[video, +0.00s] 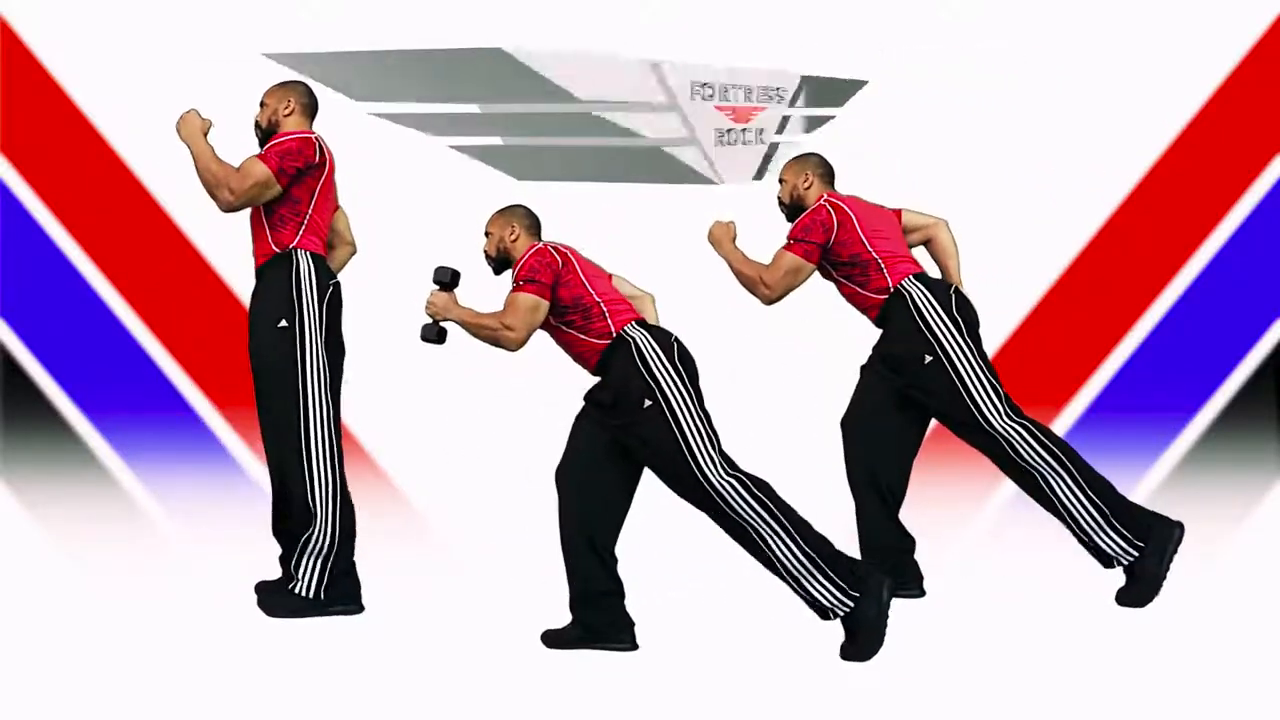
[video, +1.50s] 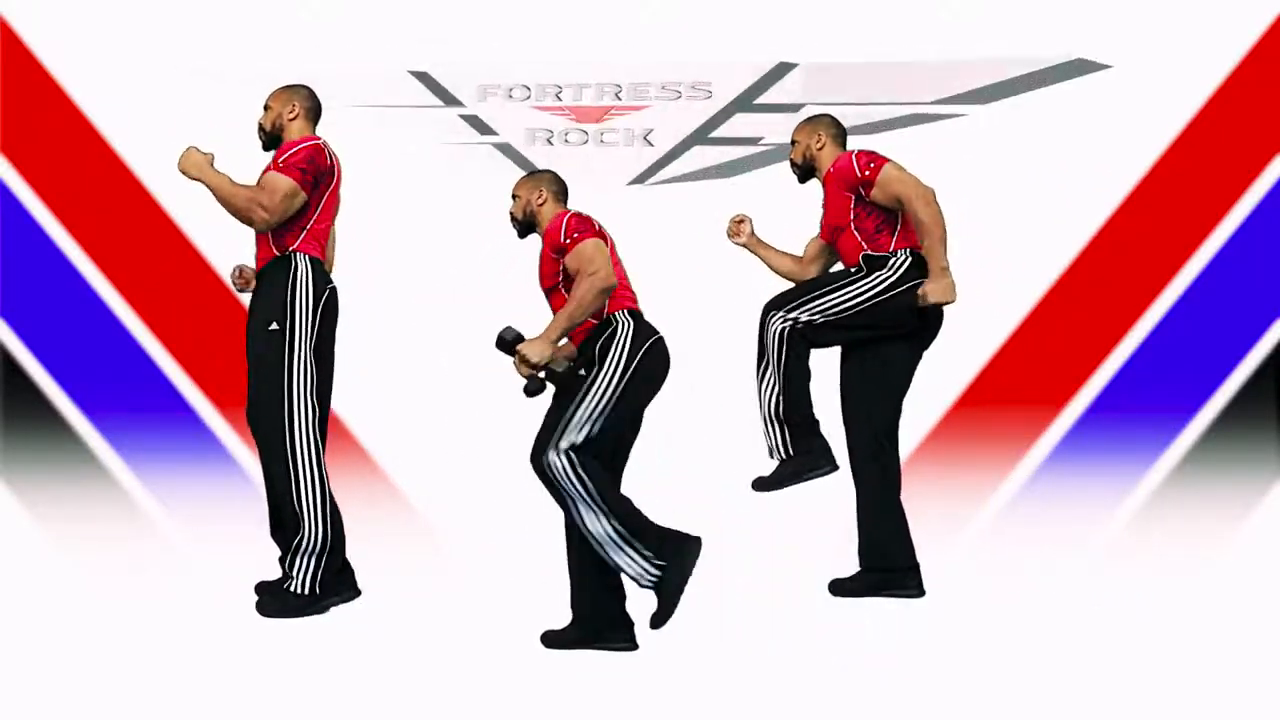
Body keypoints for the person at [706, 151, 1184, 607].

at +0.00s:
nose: (777, 192)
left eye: (784, 182)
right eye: (778, 184)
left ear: (812, 183)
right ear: (817, 186)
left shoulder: (821, 216)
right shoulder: (858, 211)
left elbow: (769, 286)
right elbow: (934, 228)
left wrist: (726, 249)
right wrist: (953, 294)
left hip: (923, 313)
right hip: (910, 323)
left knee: (1004, 433)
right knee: (866, 435)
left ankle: (1141, 537)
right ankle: (892, 566)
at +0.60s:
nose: (772, 186)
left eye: (777, 176)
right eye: (771, 178)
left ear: (803, 173)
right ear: (810, 175)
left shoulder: (822, 203)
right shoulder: (847, 206)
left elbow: (808, 277)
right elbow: (914, 253)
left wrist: (747, 289)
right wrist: (908, 314)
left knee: (949, 433)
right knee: (860, 438)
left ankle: (1092, 526)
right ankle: (890, 575)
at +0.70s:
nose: (775, 178)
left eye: (779, 168)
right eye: (774, 171)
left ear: (804, 163)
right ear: (806, 165)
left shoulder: (830, 188)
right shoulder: (831, 207)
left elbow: (858, 252)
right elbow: (874, 285)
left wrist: (803, 304)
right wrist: (828, 319)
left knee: (885, 423)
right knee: (860, 432)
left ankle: (1008, 508)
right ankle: (890, 570)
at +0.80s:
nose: (781, 167)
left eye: (785, 157)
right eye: (780, 160)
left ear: (810, 152)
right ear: (812, 155)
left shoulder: (842, 176)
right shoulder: (830, 212)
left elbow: (892, 221)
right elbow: (840, 287)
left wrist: (877, 295)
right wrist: (780, 284)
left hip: (904, 286)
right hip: (899, 299)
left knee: (815, 371)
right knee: (881, 430)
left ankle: (882, 491)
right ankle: (892, 573)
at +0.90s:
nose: (784, 159)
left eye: (789, 148)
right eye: (785, 151)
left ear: (814, 145)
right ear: (814, 149)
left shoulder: (848, 165)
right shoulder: (835, 206)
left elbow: (913, 195)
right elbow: (803, 270)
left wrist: (935, 269)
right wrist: (750, 241)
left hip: (900, 271)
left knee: (788, 317)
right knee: (884, 442)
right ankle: (897, 571)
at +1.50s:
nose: (790, 155)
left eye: (794, 145)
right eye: (790, 148)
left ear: (818, 140)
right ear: (820, 144)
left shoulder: (851, 162)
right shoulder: (838, 201)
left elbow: (919, 195)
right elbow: (805, 270)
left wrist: (939, 272)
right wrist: (751, 242)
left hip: (898, 273)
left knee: (781, 317)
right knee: (869, 436)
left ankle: (801, 448)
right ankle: (890, 569)